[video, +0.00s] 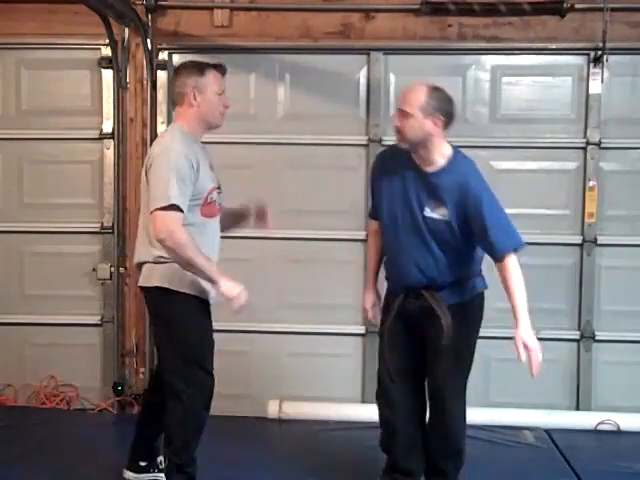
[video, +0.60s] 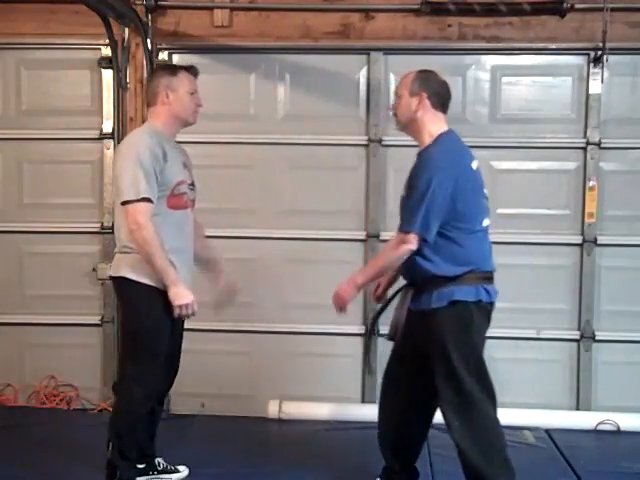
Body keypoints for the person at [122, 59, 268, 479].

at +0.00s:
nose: (227, 104)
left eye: (226, 95)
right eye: (221, 95)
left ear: (193, 98)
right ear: (193, 96)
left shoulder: (192, 147)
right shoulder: (173, 147)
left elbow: (200, 216)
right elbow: (167, 228)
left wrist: (242, 217)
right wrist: (220, 278)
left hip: (183, 281)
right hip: (172, 282)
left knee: (171, 375)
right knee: (193, 380)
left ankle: (141, 463)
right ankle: (181, 472)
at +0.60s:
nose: (199, 102)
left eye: (198, 94)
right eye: (192, 94)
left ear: (171, 98)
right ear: (166, 97)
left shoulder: (176, 151)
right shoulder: (139, 146)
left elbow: (188, 223)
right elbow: (139, 224)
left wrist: (216, 268)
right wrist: (173, 283)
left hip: (167, 283)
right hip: (140, 281)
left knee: (160, 375)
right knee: (141, 377)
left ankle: (143, 459)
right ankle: (125, 467)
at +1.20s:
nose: (169, 101)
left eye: (167, 94)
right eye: (161, 94)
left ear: (139, 100)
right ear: (133, 100)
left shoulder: (152, 151)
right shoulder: (119, 147)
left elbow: (173, 213)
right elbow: (123, 222)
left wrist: (188, 263)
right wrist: (164, 269)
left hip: (154, 282)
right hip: (134, 281)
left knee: (136, 382)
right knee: (183, 371)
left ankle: (112, 471)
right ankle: (145, 465)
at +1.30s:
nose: (170, 102)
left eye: (167, 95)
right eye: (162, 95)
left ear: (142, 102)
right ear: (134, 102)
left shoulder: (158, 152)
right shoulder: (119, 146)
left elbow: (174, 210)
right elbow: (143, 208)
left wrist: (196, 245)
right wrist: (193, 231)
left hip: (160, 276)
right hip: (137, 276)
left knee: (141, 382)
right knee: (200, 358)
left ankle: (113, 471)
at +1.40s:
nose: (171, 104)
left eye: (169, 97)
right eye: (163, 97)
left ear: (143, 103)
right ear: (136, 102)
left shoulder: (160, 153)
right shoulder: (122, 145)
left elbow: (187, 196)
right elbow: (164, 190)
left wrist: (206, 219)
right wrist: (233, 183)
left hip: (163, 275)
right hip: (144, 276)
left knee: (143, 380)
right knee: (222, 343)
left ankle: (113, 469)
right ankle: (278, 438)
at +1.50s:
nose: (177, 105)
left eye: (175, 97)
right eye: (169, 97)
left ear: (143, 104)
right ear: (141, 102)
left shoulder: (145, 145)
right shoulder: (137, 141)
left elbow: (188, 188)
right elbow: (196, 170)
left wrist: (226, 198)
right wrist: (265, 143)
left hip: (156, 272)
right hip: (159, 271)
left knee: (150, 377)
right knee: (243, 335)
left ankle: (115, 470)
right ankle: (311, 425)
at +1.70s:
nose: (207, 111)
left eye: (205, 103)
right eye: (199, 103)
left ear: (171, 110)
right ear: (170, 108)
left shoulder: (159, 153)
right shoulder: (187, 140)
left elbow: (217, 223)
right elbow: (250, 186)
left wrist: (271, 196)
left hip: (163, 286)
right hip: (191, 283)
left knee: (164, 382)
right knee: (256, 371)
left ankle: (118, 470)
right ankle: (316, 466)